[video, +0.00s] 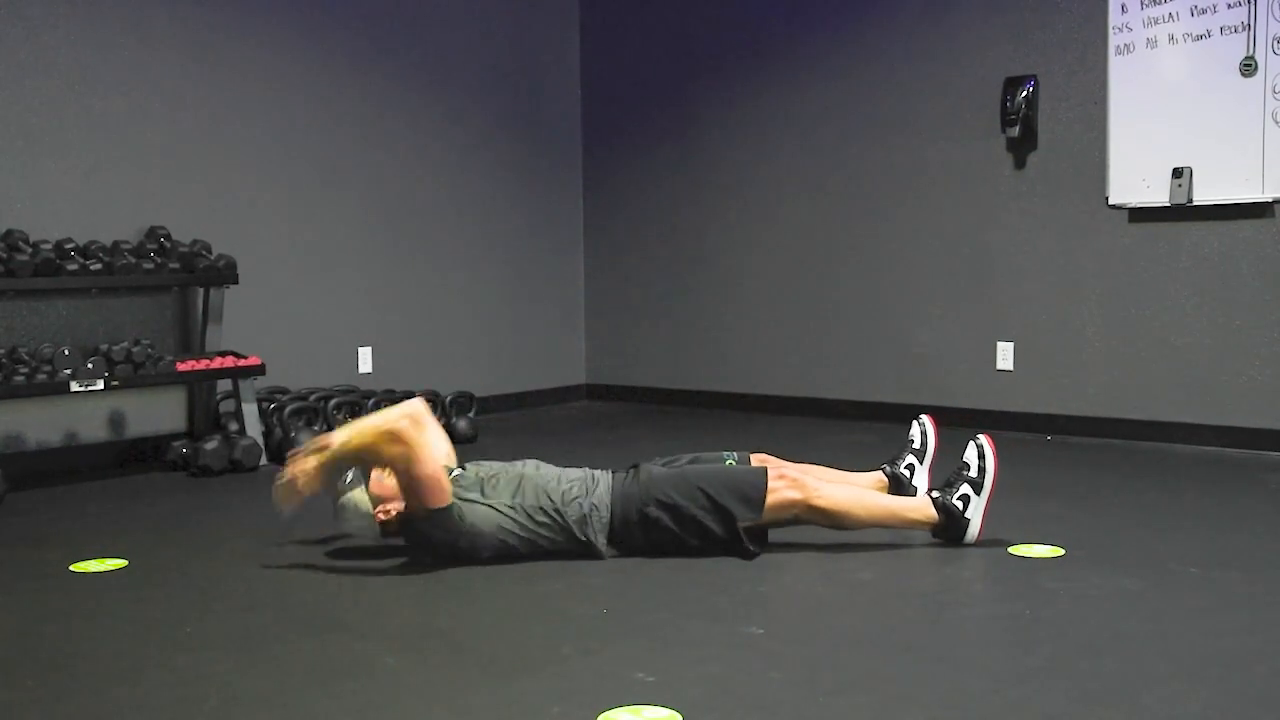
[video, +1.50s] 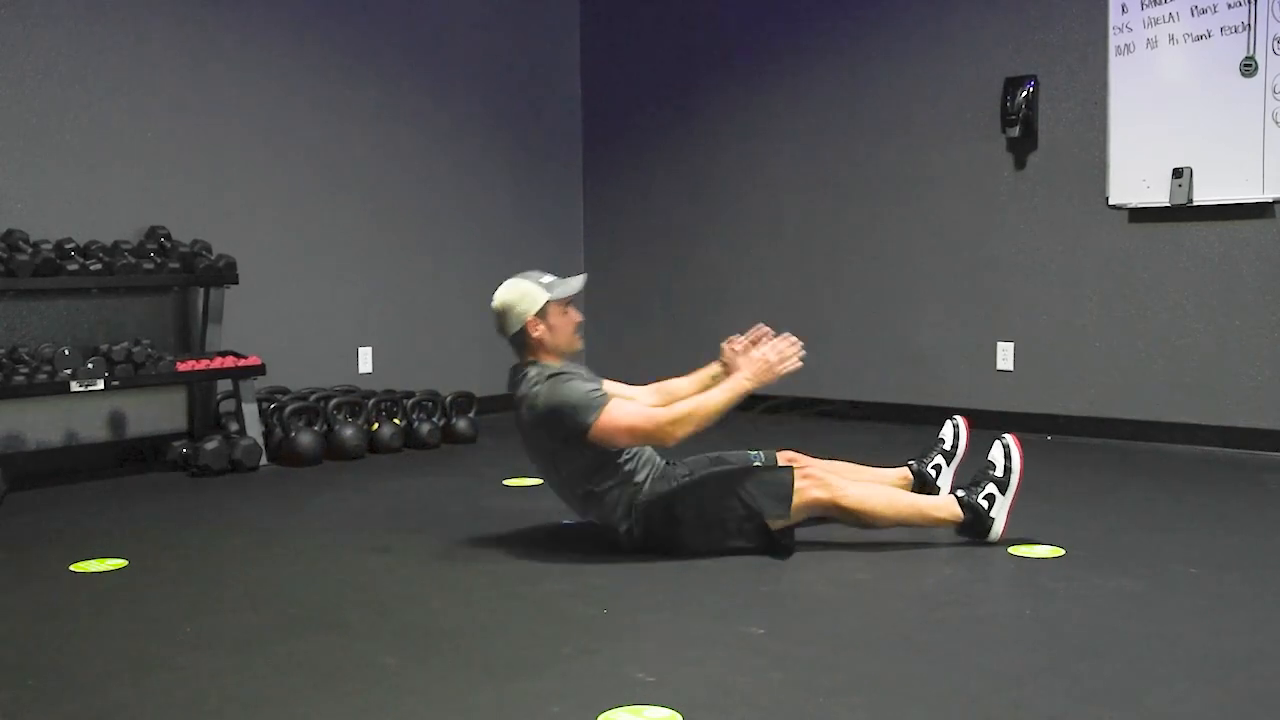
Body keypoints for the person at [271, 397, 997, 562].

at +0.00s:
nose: (385, 481)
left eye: (381, 474)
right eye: (379, 481)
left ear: (392, 484)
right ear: (383, 504)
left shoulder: (442, 499)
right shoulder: (436, 523)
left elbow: (414, 415)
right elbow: (409, 417)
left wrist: (332, 452)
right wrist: (323, 454)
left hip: (621, 486)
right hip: (620, 512)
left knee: (767, 464)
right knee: (784, 486)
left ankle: (897, 486)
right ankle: (942, 514)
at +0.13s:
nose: (421, 438)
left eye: (410, 433)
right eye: (405, 444)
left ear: (418, 454)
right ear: (400, 479)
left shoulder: (456, 489)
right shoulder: (450, 512)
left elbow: (495, 411)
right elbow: (497, 411)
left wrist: (440, 335)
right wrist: (433, 339)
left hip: (631, 487)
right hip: (627, 508)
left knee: (769, 466)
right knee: (785, 488)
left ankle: (895, 487)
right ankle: (941, 514)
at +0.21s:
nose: (457, 413)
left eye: (449, 405)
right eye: (442, 414)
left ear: (433, 435)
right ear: (420, 446)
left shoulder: (464, 464)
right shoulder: (460, 478)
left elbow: (542, 421)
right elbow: (556, 417)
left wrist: (560, 325)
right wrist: (562, 316)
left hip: (618, 492)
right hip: (619, 511)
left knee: (763, 466)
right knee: (784, 485)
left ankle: (895, 484)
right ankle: (940, 513)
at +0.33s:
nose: (497, 375)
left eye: (488, 368)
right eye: (483, 372)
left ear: (466, 392)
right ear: (460, 397)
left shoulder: (503, 419)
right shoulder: (490, 446)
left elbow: (592, 398)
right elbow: (596, 428)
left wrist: (655, 349)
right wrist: (676, 361)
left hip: (633, 483)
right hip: (625, 513)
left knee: (778, 456)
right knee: (793, 480)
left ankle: (905, 482)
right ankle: (947, 510)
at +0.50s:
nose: (546, 332)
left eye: (539, 323)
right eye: (533, 327)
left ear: (510, 345)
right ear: (506, 348)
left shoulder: (536, 388)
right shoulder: (526, 409)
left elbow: (631, 394)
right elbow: (636, 421)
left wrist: (711, 376)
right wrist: (732, 394)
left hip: (642, 487)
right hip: (635, 511)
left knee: (789, 458)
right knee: (804, 476)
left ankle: (914, 478)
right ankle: (957, 500)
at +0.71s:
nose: (615, 293)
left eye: (610, 284)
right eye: (603, 287)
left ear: (574, 304)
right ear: (573, 304)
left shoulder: (586, 354)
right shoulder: (582, 367)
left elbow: (677, 392)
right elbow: (685, 413)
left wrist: (759, 400)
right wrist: (783, 417)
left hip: (648, 491)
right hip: (637, 513)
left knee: (793, 462)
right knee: (813, 488)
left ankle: (916, 477)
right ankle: (967, 510)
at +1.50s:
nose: (576, 313)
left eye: (570, 304)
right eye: (564, 307)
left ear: (541, 325)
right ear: (536, 327)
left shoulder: (561, 374)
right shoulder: (551, 394)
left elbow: (649, 398)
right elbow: (663, 429)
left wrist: (720, 365)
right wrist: (747, 379)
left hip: (660, 477)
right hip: (647, 505)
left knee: (796, 462)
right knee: (812, 485)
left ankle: (920, 477)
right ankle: (970, 513)